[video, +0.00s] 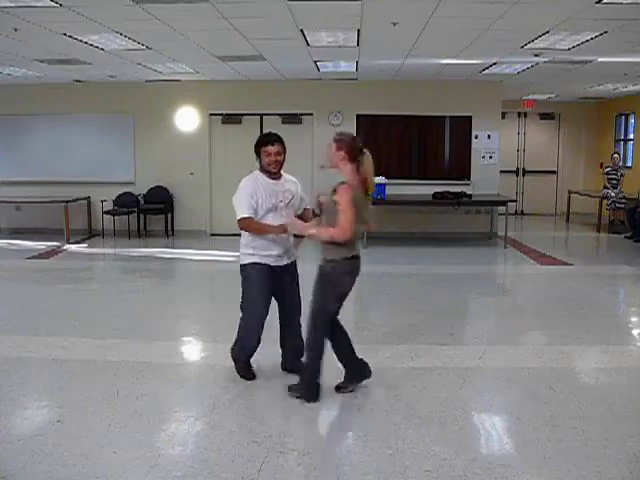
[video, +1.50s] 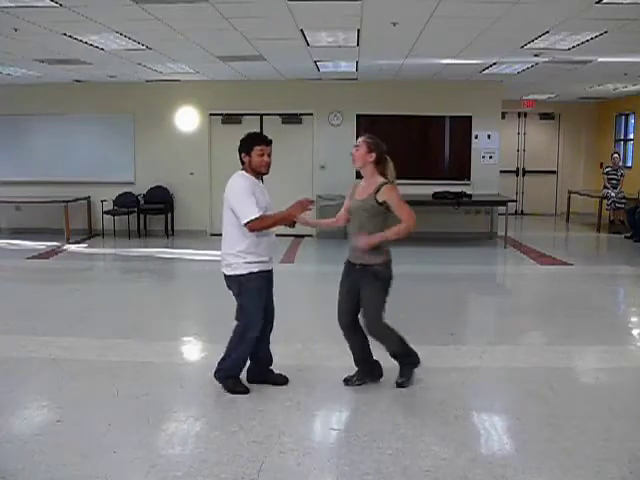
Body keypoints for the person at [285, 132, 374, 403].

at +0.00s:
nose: (329, 154)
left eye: (332, 150)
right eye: (331, 149)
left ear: (342, 154)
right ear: (349, 154)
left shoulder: (344, 190)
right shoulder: (358, 186)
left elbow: (343, 232)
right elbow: (368, 225)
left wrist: (309, 229)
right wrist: (328, 213)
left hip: (335, 265)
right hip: (347, 262)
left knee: (317, 322)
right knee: (327, 317)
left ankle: (309, 385)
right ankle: (355, 368)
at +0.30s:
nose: (364, 154)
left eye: (369, 149)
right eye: (363, 150)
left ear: (385, 153)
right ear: (366, 154)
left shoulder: (400, 184)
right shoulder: (365, 183)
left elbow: (389, 223)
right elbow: (343, 215)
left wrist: (369, 199)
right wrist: (318, 201)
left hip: (389, 266)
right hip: (363, 263)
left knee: (389, 324)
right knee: (352, 320)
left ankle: (417, 364)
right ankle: (360, 375)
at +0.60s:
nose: (387, 162)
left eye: (391, 156)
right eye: (385, 158)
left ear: (408, 156)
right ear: (385, 163)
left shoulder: (422, 184)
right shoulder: (396, 187)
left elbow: (391, 210)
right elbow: (372, 217)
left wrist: (386, 180)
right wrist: (341, 214)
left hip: (421, 265)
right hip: (397, 262)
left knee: (413, 321)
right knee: (380, 310)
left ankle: (419, 370)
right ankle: (397, 359)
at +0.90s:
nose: (388, 156)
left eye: (392, 151)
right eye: (386, 152)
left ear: (408, 153)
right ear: (391, 156)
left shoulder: (424, 183)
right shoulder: (396, 182)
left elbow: (402, 218)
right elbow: (372, 215)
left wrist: (390, 191)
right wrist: (337, 220)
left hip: (423, 260)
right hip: (403, 258)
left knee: (409, 316)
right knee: (413, 311)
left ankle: (418, 370)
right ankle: (432, 353)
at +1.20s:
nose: (375, 152)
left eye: (381, 147)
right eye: (376, 147)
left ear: (397, 153)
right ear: (389, 154)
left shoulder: (415, 186)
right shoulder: (377, 188)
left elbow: (439, 218)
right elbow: (351, 218)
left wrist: (425, 250)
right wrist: (315, 213)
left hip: (412, 266)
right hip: (385, 265)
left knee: (412, 322)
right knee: (373, 313)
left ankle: (420, 371)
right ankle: (405, 350)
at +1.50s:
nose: (352, 152)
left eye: (357, 149)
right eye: (354, 148)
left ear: (372, 156)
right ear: (365, 156)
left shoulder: (386, 189)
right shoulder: (358, 187)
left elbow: (409, 223)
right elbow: (339, 221)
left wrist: (375, 239)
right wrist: (303, 220)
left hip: (376, 268)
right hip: (353, 266)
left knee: (372, 323)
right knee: (347, 320)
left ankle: (408, 359)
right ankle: (368, 368)